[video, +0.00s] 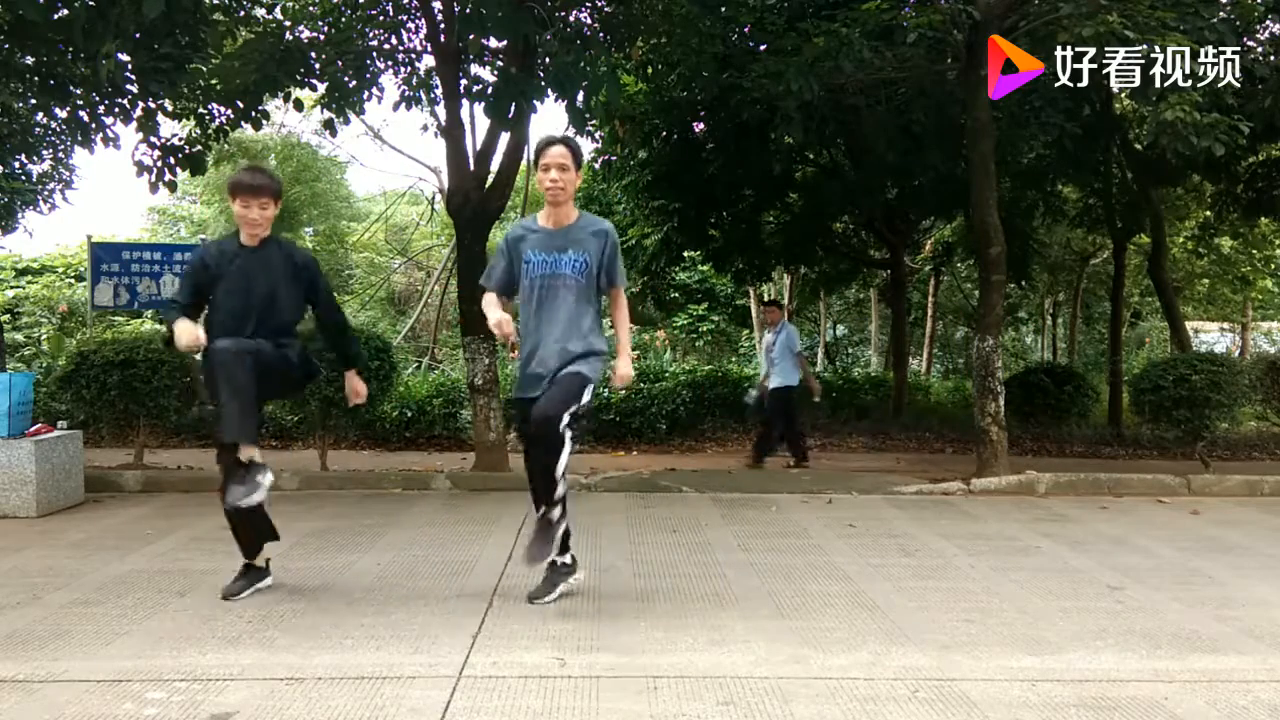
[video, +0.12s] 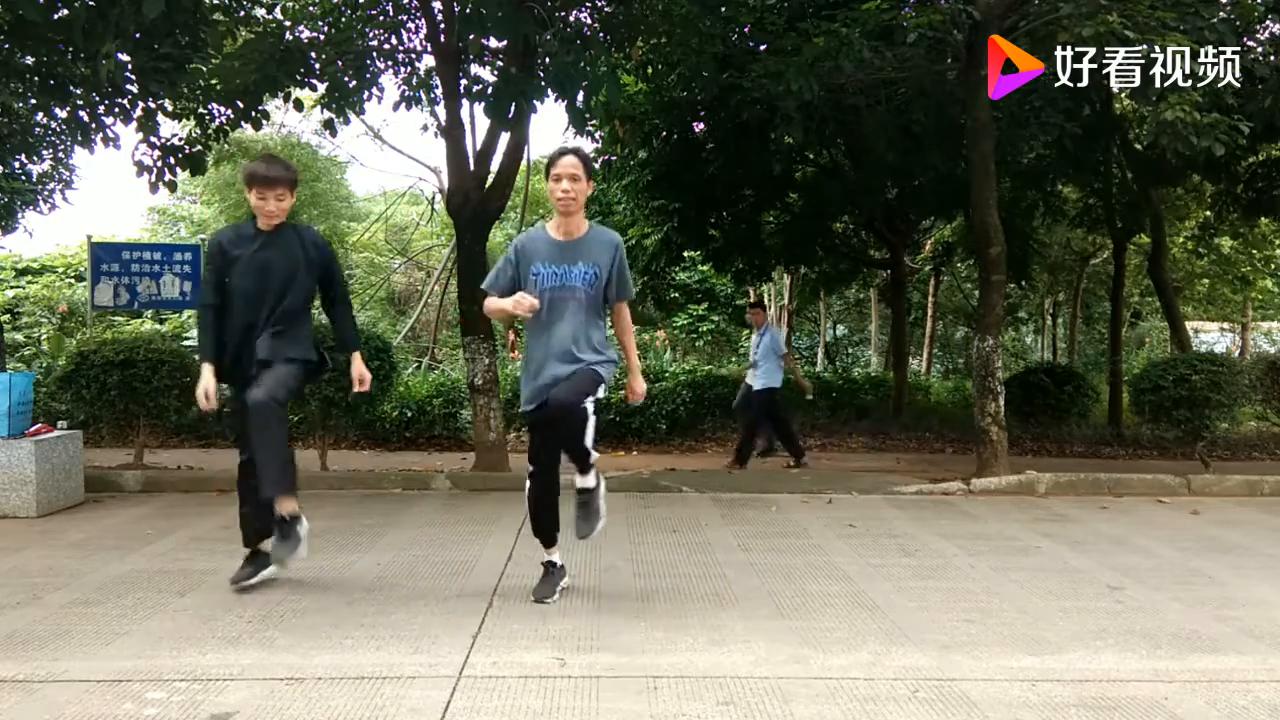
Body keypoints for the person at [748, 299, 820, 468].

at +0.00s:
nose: (768, 316)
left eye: (771, 312)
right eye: (766, 313)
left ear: (781, 313)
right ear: (764, 315)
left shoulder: (789, 331)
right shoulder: (769, 333)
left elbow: (800, 356)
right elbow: (770, 362)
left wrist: (810, 379)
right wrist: (763, 381)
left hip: (786, 383)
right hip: (774, 383)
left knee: (770, 420)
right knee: (788, 422)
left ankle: (758, 456)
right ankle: (800, 455)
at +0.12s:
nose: (753, 318)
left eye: (756, 314)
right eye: (751, 314)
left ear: (764, 315)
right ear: (749, 317)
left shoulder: (773, 334)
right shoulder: (755, 336)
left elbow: (787, 358)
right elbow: (757, 361)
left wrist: (799, 379)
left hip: (768, 385)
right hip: (757, 384)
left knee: (751, 422)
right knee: (777, 421)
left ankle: (740, 460)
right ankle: (798, 456)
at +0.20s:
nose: (744, 318)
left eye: (747, 314)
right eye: (742, 314)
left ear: (757, 315)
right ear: (742, 317)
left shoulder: (766, 334)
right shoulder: (748, 336)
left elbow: (778, 360)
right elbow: (749, 361)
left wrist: (792, 383)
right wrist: (742, 382)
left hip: (760, 384)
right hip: (747, 383)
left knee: (742, 420)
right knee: (764, 422)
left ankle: (738, 460)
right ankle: (792, 452)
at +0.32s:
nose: (730, 316)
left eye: (733, 312)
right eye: (727, 313)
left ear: (742, 311)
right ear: (727, 316)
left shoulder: (750, 328)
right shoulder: (736, 331)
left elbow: (757, 355)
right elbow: (737, 357)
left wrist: (760, 381)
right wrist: (731, 378)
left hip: (745, 382)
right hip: (732, 383)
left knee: (742, 423)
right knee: (728, 418)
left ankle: (738, 460)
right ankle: (761, 442)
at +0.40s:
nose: (723, 315)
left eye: (726, 311)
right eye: (721, 312)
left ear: (735, 311)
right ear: (720, 315)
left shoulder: (743, 329)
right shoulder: (728, 331)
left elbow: (747, 356)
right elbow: (728, 358)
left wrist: (744, 382)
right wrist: (721, 378)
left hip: (737, 382)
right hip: (724, 381)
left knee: (737, 422)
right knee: (718, 416)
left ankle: (738, 459)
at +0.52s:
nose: (709, 316)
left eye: (713, 312)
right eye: (707, 312)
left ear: (722, 312)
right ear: (705, 315)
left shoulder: (728, 330)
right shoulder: (712, 333)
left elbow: (726, 356)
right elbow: (711, 358)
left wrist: (710, 377)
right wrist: (708, 379)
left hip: (729, 385)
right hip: (715, 386)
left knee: (731, 425)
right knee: (702, 421)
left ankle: (737, 461)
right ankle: (693, 454)